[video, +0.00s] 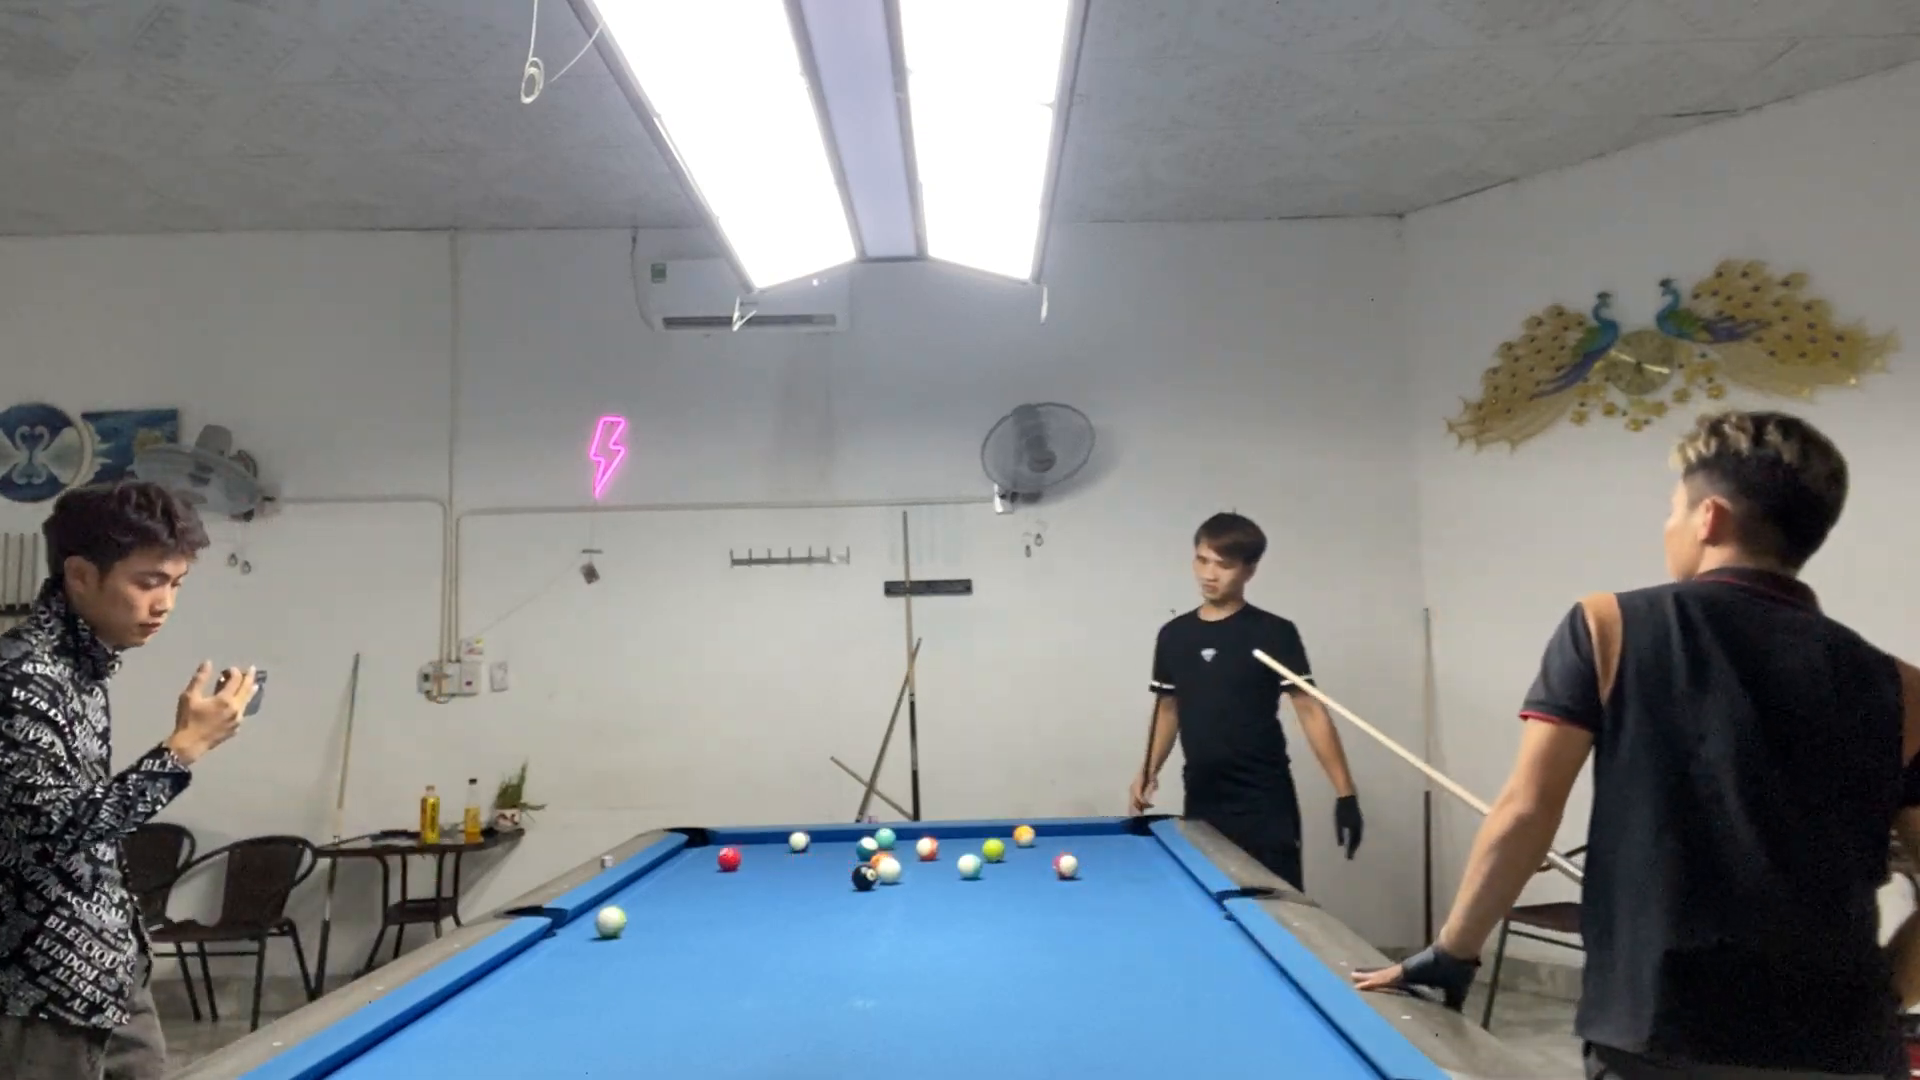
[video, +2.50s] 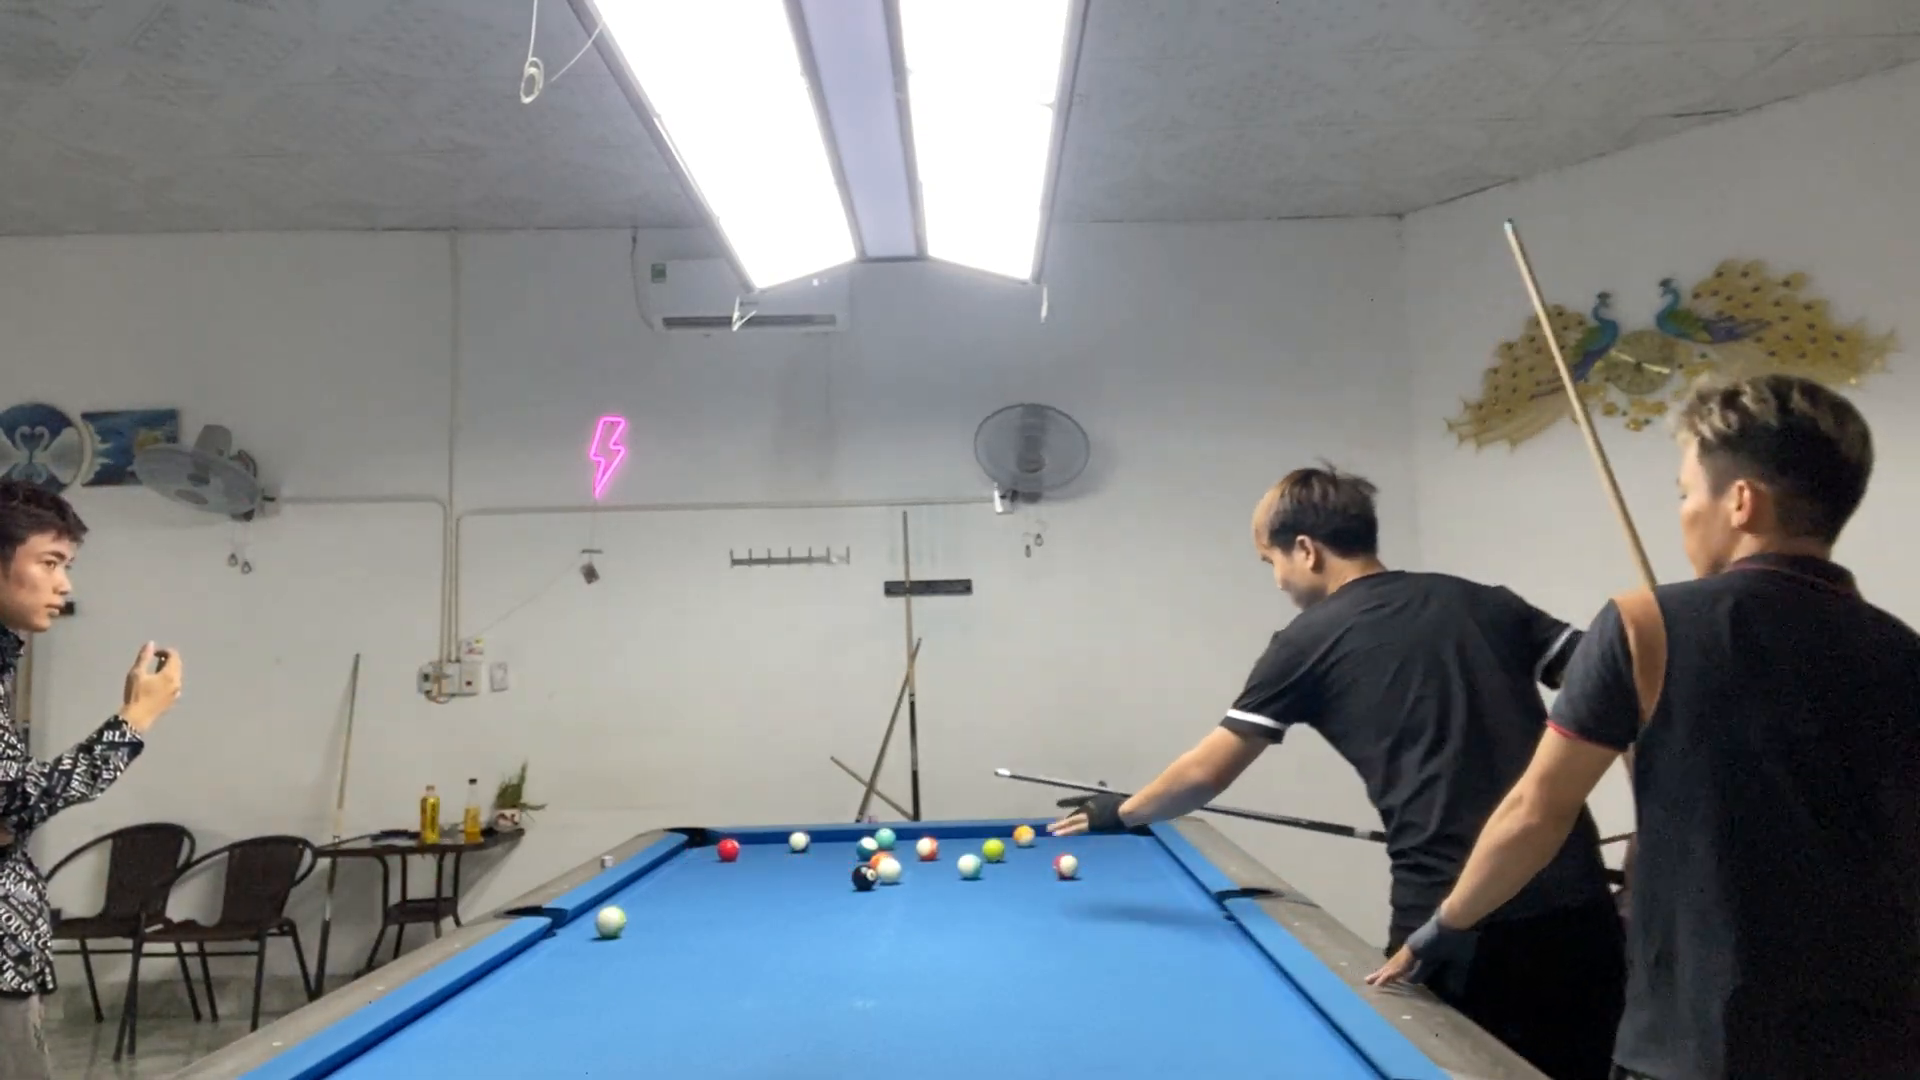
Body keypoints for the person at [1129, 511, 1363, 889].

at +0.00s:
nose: (1209, 574)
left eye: (1223, 565)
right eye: (1202, 561)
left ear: (1249, 571)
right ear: (1194, 560)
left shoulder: (1275, 633)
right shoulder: (1174, 635)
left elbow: (1311, 711)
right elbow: (1167, 710)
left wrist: (1345, 794)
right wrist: (1148, 771)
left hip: (1266, 802)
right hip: (1204, 800)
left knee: (1279, 919)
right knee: (1209, 916)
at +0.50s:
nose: (1287, 568)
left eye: (1301, 557)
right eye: (1280, 555)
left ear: (1334, 562)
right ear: (1272, 555)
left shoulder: (1366, 636)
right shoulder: (1247, 627)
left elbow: (1391, 727)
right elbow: (1220, 698)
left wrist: (1320, 719)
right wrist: (1215, 783)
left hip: (1337, 823)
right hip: (1263, 820)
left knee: (1337, 954)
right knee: (1259, 946)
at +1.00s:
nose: (1278, 558)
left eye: (1289, 542)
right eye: (1273, 545)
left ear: (1334, 541)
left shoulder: (1394, 616)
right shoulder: (1272, 630)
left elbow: (1415, 717)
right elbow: (1267, 720)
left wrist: (1315, 709)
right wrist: (1267, 806)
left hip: (1386, 836)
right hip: (1303, 837)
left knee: (1418, 979)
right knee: (1305, 973)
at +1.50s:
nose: (1258, 565)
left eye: (1262, 547)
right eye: (1254, 550)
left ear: (1305, 540)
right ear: (1305, 541)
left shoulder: (1353, 612)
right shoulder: (1336, 612)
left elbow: (1302, 728)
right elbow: (1316, 749)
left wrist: (1205, 660)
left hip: (1391, 865)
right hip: (1364, 858)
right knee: (1342, 1018)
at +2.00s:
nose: (1273, 548)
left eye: (1272, 531)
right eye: (1267, 532)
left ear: (1314, 523)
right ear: (1358, 515)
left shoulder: (1319, 622)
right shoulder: (1461, 591)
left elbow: (1252, 757)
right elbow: (1570, 688)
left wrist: (1144, 713)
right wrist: (1579, 796)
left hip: (1404, 895)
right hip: (1511, 883)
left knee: (1399, 1063)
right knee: (1538, 1062)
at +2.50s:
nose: (1275, 580)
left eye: (1270, 561)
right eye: (1267, 564)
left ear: (1308, 551)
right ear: (1364, 539)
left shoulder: (1309, 642)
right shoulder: (1477, 601)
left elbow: (1204, 774)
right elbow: (1607, 676)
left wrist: (1119, 814)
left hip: (1450, 928)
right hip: (1572, 908)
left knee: (1457, 1074)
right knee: (1582, 1071)